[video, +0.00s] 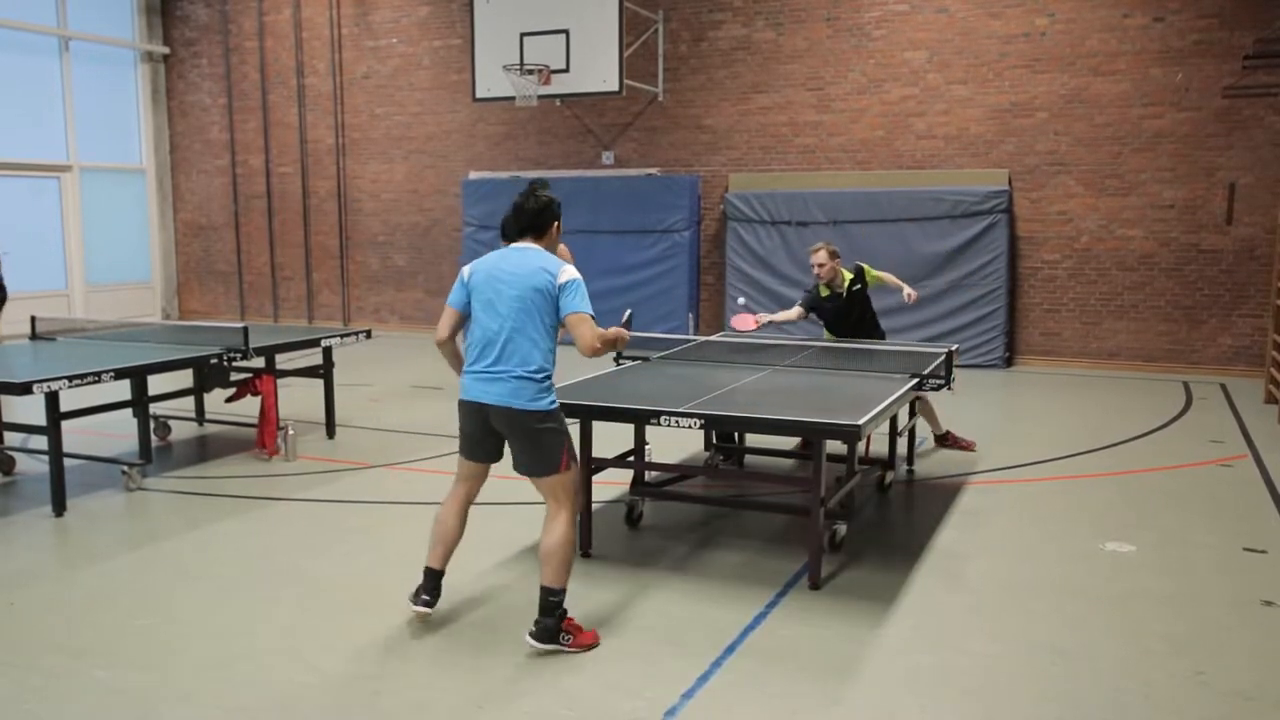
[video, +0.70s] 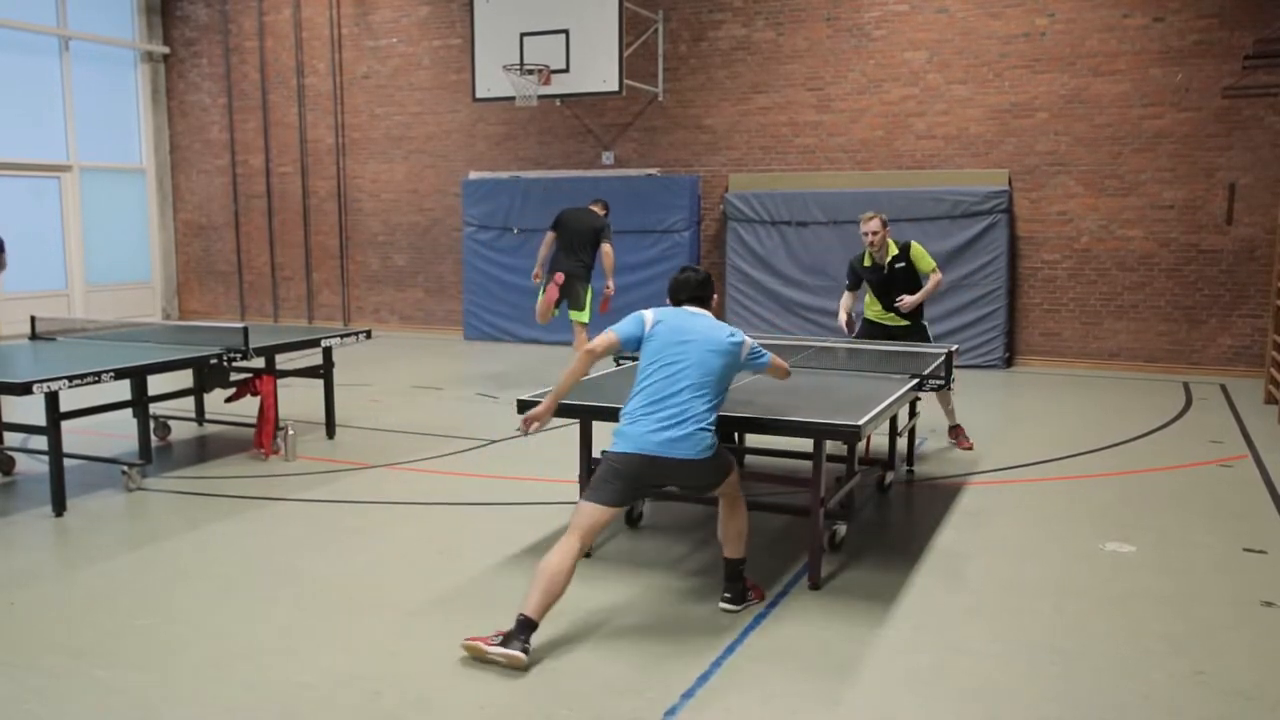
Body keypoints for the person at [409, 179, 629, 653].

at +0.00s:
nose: (562, 233)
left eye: (560, 228)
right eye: (560, 227)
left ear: (512, 227)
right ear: (552, 228)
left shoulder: (477, 267)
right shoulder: (559, 270)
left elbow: (444, 337)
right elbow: (588, 344)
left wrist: (467, 375)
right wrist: (614, 337)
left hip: (474, 399)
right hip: (529, 405)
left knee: (462, 489)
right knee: (561, 502)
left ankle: (428, 586)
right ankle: (550, 620)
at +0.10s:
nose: (573, 234)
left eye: (570, 228)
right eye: (572, 228)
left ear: (525, 227)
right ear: (563, 228)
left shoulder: (485, 266)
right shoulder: (565, 272)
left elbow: (448, 334)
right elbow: (594, 350)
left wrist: (479, 369)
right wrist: (618, 346)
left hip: (479, 406)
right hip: (536, 410)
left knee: (467, 508)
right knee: (576, 508)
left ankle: (439, 602)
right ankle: (567, 628)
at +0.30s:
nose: (586, 279)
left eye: (583, 271)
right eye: (586, 272)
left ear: (535, 268)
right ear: (577, 273)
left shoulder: (496, 310)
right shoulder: (582, 321)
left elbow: (455, 378)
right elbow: (633, 392)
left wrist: (491, 414)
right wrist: (640, 380)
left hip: (500, 459)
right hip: (562, 457)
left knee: (477, 558)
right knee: (624, 504)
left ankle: (459, 667)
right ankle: (599, 608)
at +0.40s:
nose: (611, 285)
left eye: (610, 279)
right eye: (611, 280)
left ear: (562, 275)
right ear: (602, 279)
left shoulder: (521, 311)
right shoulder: (610, 323)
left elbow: (468, 369)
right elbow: (674, 378)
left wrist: (489, 408)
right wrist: (644, 359)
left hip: (521, 459)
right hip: (586, 455)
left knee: (489, 556)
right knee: (649, 495)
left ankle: (461, 665)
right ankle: (669, 605)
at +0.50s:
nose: (652, 284)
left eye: (651, 279)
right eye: (651, 279)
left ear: (602, 275)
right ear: (644, 280)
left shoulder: (561, 304)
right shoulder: (652, 319)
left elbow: (498, 345)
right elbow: (722, 363)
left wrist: (497, 396)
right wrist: (699, 342)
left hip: (558, 448)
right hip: (621, 449)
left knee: (513, 545)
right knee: (678, 507)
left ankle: (465, 652)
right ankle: (721, 589)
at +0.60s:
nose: (690, 294)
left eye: (683, 287)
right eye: (688, 288)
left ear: (645, 286)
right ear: (683, 290)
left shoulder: (611, 311)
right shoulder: (696, 328)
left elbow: (544, 342)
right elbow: (763, 360)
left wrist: (514, 395)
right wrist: (719, 343)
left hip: (599, 449)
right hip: (662, 452)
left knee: (542, 542)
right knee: (711, 495)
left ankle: (485, 633)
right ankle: (734, 587)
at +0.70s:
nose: (719, 303)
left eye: (713, 298)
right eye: (717, 298)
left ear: (672, 299)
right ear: (713, 301)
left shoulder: (650, 318)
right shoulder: (730, 338)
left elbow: (592, 349)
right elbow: (783, 371)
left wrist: (549, 405)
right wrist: (745, 348)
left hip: (632, 450)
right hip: (692, 453)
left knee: (575, 538)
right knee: (730, 489)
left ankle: (519, 635)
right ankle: (735, 589)